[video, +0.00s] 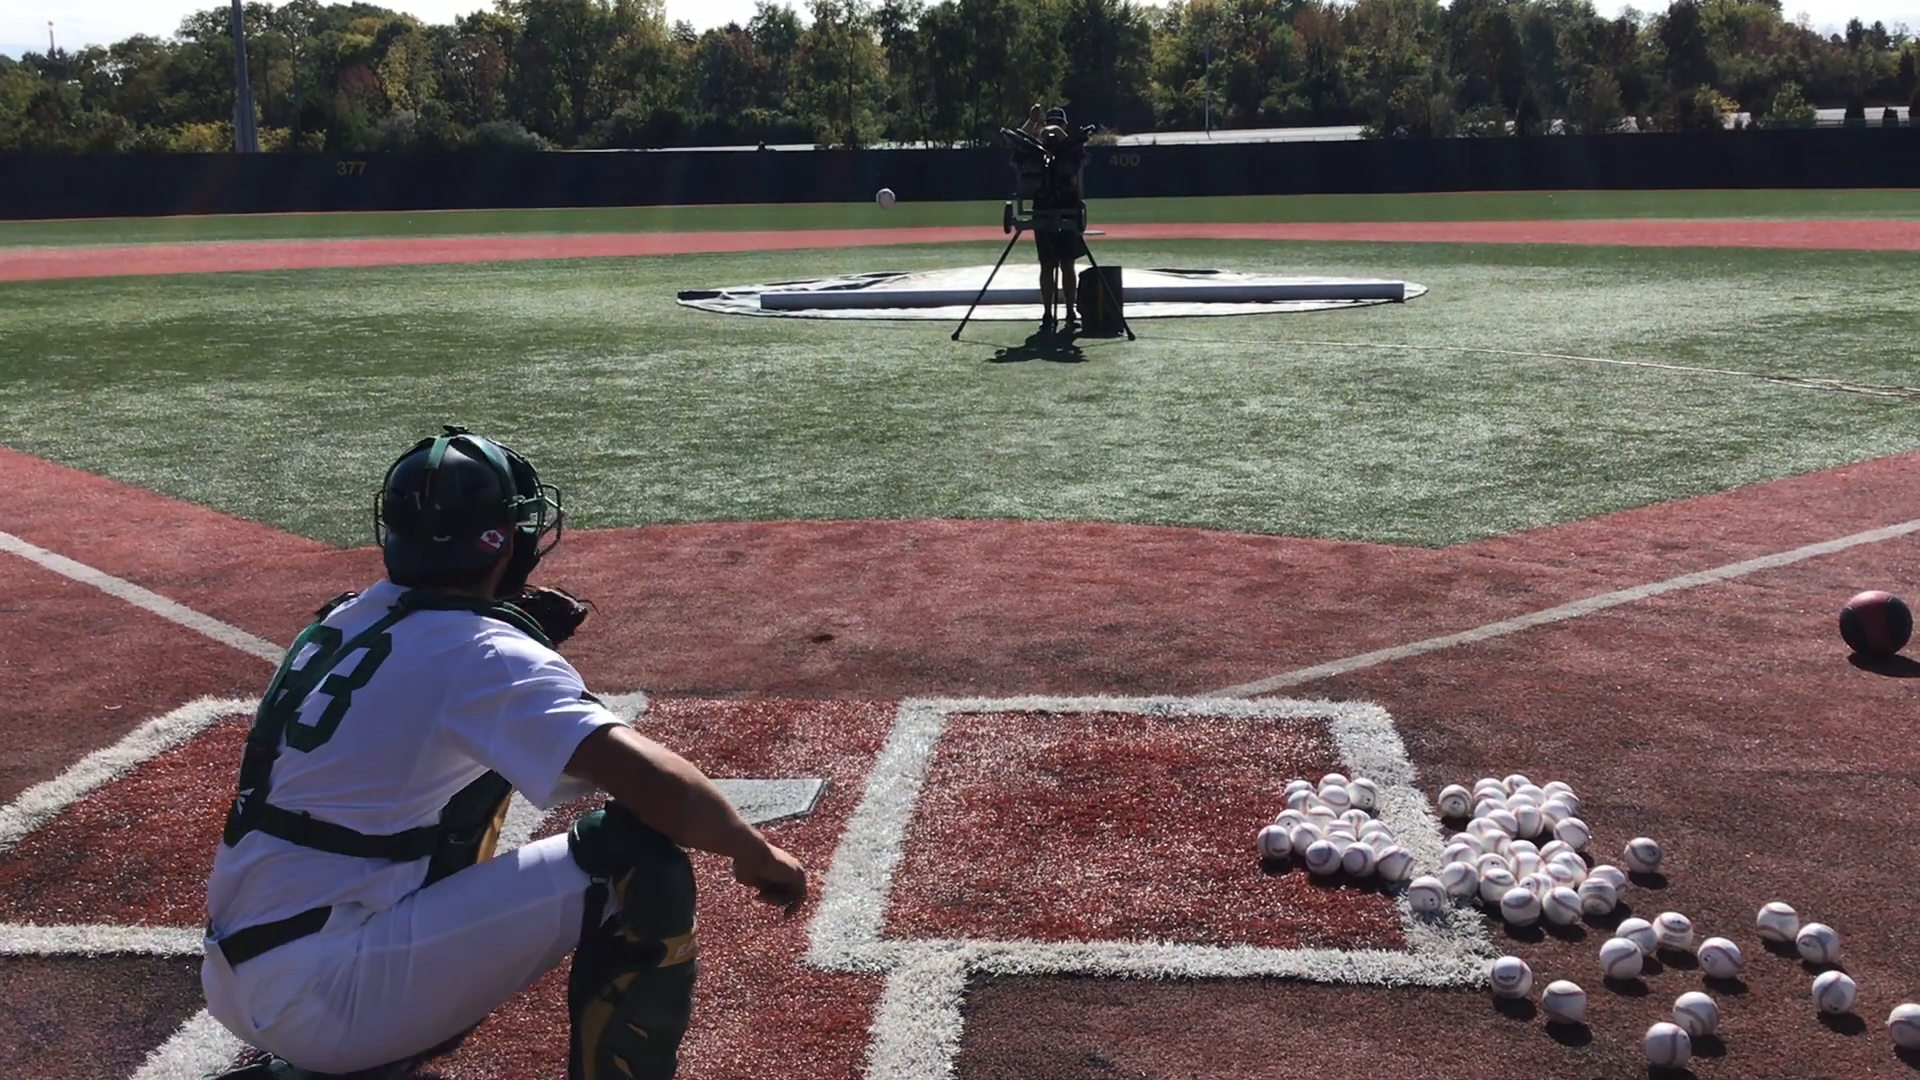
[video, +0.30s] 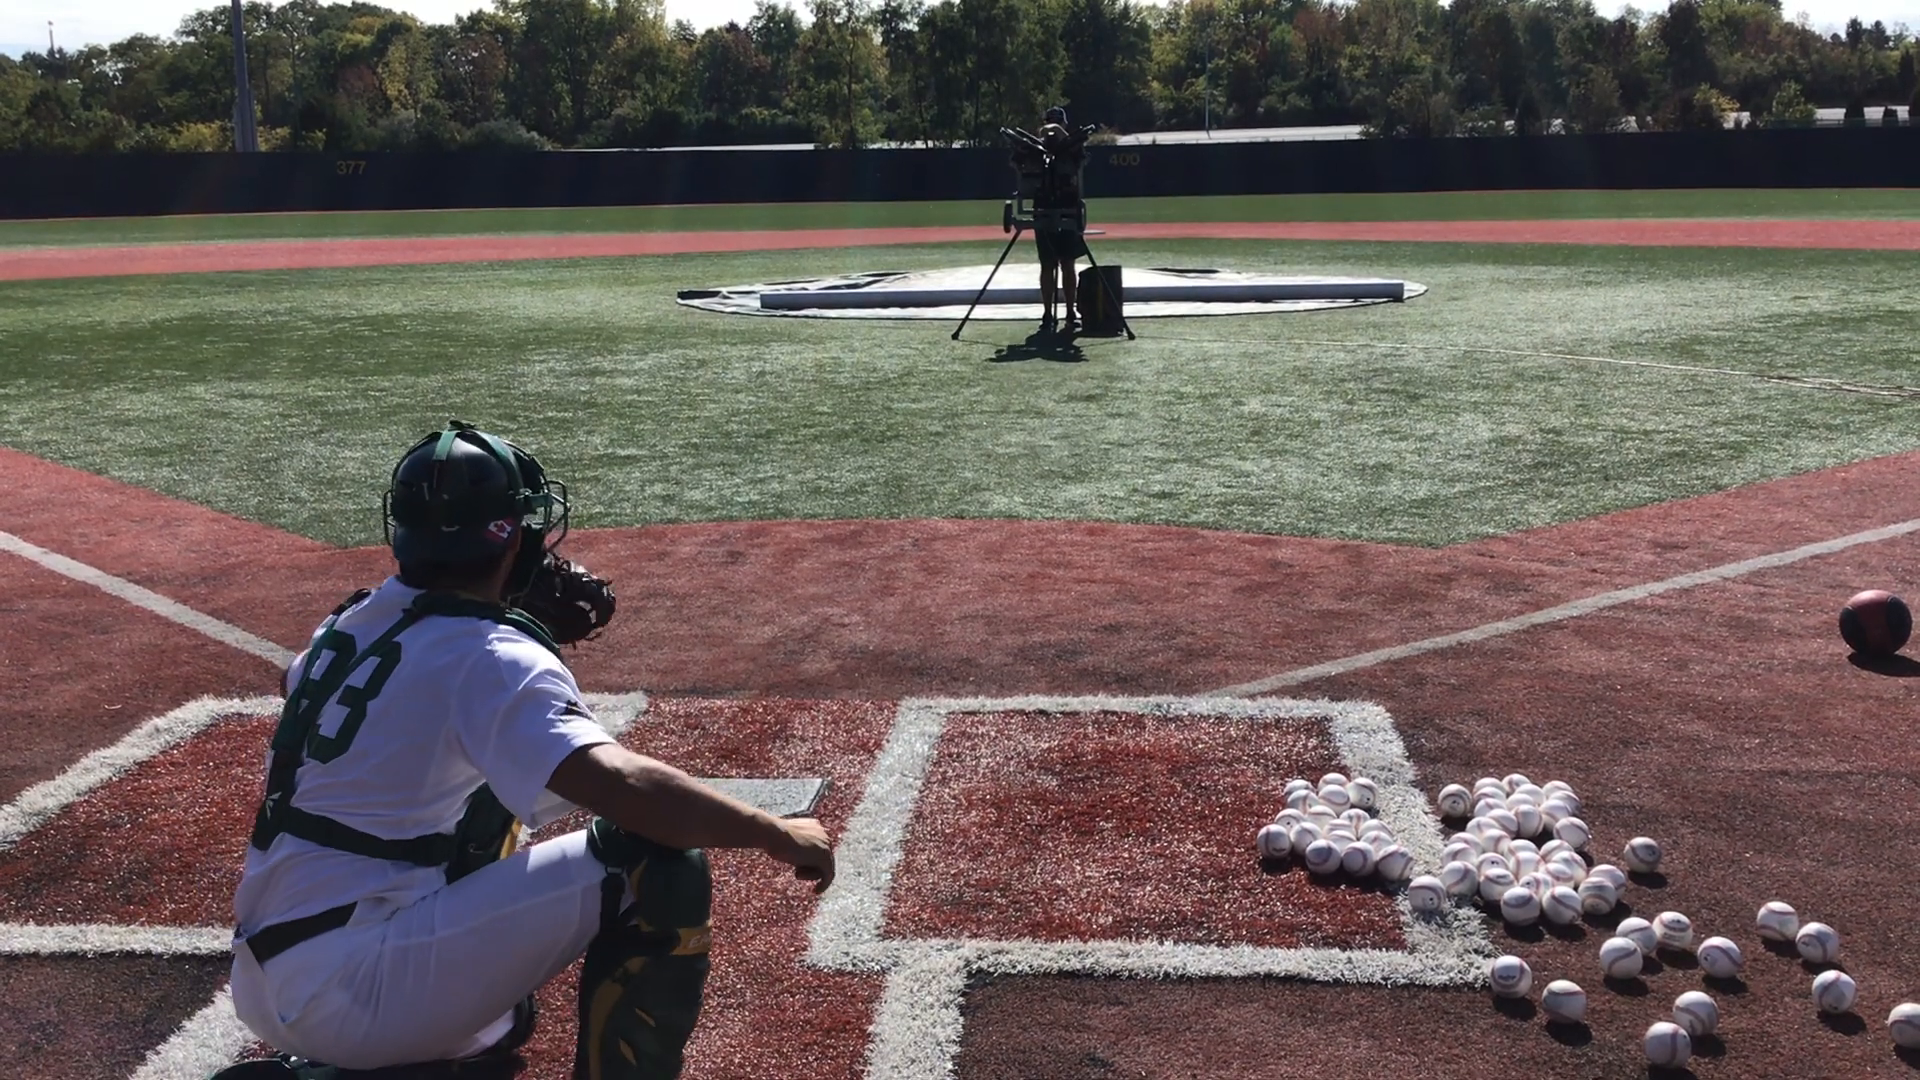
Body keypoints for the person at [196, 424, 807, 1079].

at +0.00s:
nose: (529, 546)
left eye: (527, 533)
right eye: (521, 534)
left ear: (398, 546)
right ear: (497, 553)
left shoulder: (343, 616)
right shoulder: (476, 650)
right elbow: (650, 778)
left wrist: (499, 628)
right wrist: (749, 847)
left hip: (238, 970)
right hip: (320, 995)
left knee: (479, 781)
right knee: (635, 856)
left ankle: (387, 1022)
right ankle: (617, 1064)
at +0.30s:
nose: (540, 548)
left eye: (538, 532)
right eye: (532, 534)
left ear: (406, 542)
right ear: (508, 548)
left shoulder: (352, 619)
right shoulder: (489, 656)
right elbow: (617, 785)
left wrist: (509, 619)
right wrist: (771, 831)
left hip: (267, 974)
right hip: (349, 991)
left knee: (491, 804)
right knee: (652, 861)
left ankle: (471, 1028)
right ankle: (623, 1063)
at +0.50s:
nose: (539, 521)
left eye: (537, 503)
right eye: (533, 504)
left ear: (415, 511)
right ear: (511, 520)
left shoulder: (355, 596)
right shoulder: (502, 627)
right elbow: (662, 752)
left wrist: (534, 639)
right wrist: (727, 770)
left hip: (270, 948)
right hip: (366, 951)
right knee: (676, 845)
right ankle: (629, 1064)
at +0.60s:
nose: (540, 501)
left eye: (540, 482)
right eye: (533, 483)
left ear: (418, 487)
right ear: (502, 493)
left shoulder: (355, 569)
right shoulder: (503, 599)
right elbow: (651, 755)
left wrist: (546, 640)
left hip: (277, 924)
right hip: (380, 919)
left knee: (494, 1013)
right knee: (691, 842)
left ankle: (307, 1059)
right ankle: (626, 1065)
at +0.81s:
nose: (540, 450)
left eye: (540, 431)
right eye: (531, 431)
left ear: (419, 435)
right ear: (496, 440)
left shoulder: (327, 538)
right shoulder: (507, 550)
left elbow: (315, 709)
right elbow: (580, 757)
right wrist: (610, 767)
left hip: (307, 866)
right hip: (421, 850)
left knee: (486, 1013)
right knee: (714, 857)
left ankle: (262, 1064)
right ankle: (632, 1067)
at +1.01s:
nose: (529, 414)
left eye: (527, 395)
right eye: (516, 396)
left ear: (417, 396)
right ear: (469, 402)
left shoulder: (309, 502)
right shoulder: (505, 508)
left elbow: (257, 657)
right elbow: (559, 689)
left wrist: (395, 662)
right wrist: (658, 759)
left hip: (346, 820)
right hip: (463, 800)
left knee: (480, 1018)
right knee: (730, 871)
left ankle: (288, 1052)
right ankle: (621, 1065)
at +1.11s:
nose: (527, 410)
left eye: (527, 391)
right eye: (517, 391)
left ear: (414, 384)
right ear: (473, 395)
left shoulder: (305, 493)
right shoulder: (510, 505)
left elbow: (247, 647)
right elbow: (577, 680)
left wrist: (364, 658)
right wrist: (684, 747)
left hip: (363, 810)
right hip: (487, 796)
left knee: (490, 1007)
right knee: (722, 913)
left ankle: (338, 1024)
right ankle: (527, 1059)